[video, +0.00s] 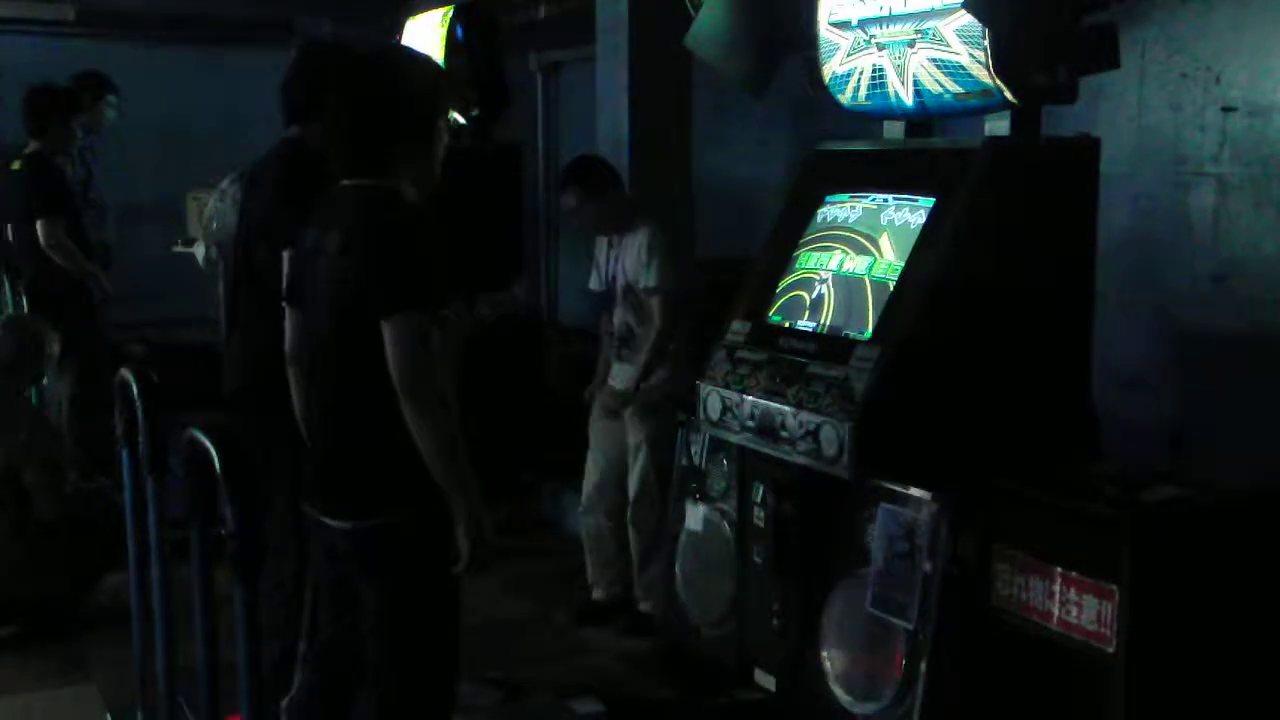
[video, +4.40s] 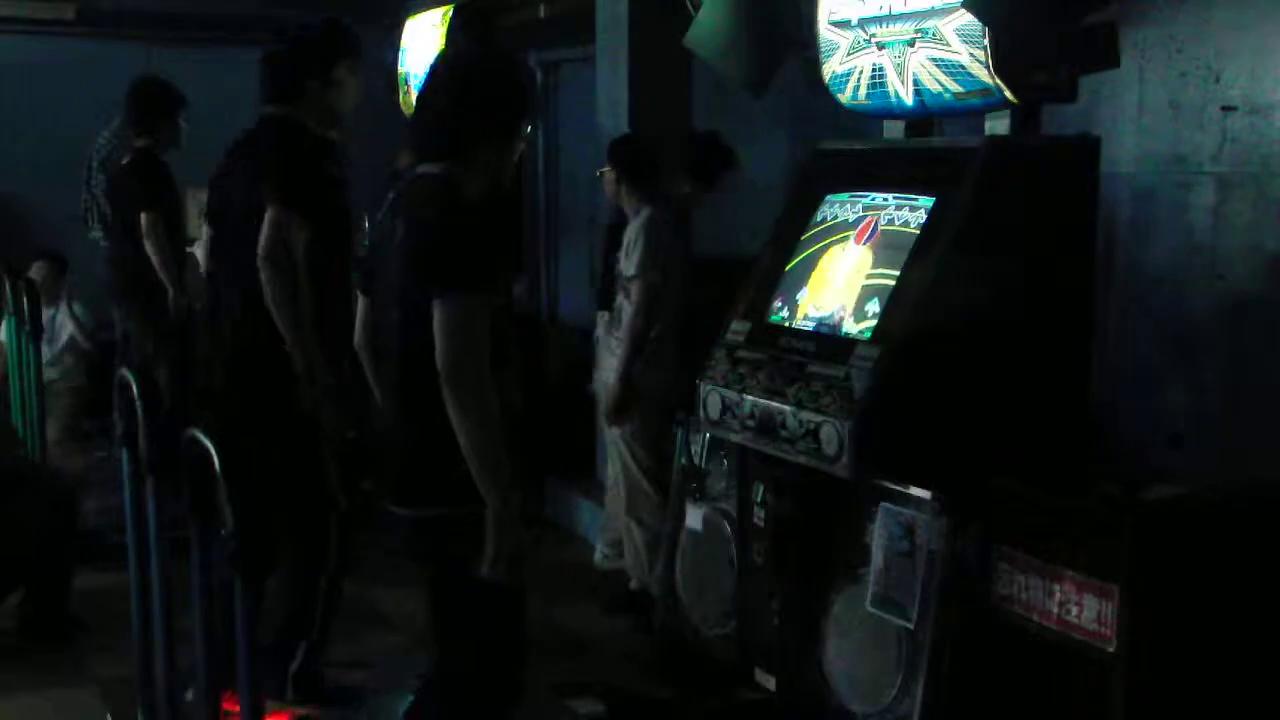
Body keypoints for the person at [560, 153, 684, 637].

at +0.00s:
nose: (576, 219)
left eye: (579, 208)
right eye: (572, 210)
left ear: (604, 198)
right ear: (588, 206)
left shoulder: (648, 239)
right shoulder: (604, 242)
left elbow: (663, 321)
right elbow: (608, 321)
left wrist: (636, 384)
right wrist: (601, 379)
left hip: (653, 386)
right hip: (615, 382)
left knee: (643, 499)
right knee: (598, 495)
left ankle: (651, 602)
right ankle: (605, 593)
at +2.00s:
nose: (582, 203)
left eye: (586, 192)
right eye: (579, 194)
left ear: (610, 188)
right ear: (595, 192)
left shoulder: (649, 230)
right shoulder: (615, 233)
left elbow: (668, 304)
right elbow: (619, 308)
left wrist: (665, 380)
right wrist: (607, 365)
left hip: (641, 375)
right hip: (611, 372)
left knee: (642, 484)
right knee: (616, 482)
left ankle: (654, 586)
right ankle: (633, 580)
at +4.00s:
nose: (599, 180)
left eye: (605, 171)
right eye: (600, 171)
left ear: (624, 177)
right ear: (636, 176)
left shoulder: (645, 230)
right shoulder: (640, 227)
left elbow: (632, 317)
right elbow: (626, 317)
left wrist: (611, 387)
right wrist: (604, 377)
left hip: (638, 390)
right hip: (632, 386)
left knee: (639, 497)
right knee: (625, 494)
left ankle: (653, 590)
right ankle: (638, 583)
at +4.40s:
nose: (603, 182)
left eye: (607, 174)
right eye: (604, 173)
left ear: (621, 178)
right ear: (640, 176)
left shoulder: (647, 227)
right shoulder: (646, 224)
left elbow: (639, 310)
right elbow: (636, 309)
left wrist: (621, 381)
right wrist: (612, 371)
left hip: (640, 375)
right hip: (630, 370)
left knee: (638, 483)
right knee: (623, 478)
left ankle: (646, 583)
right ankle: (625, 569)